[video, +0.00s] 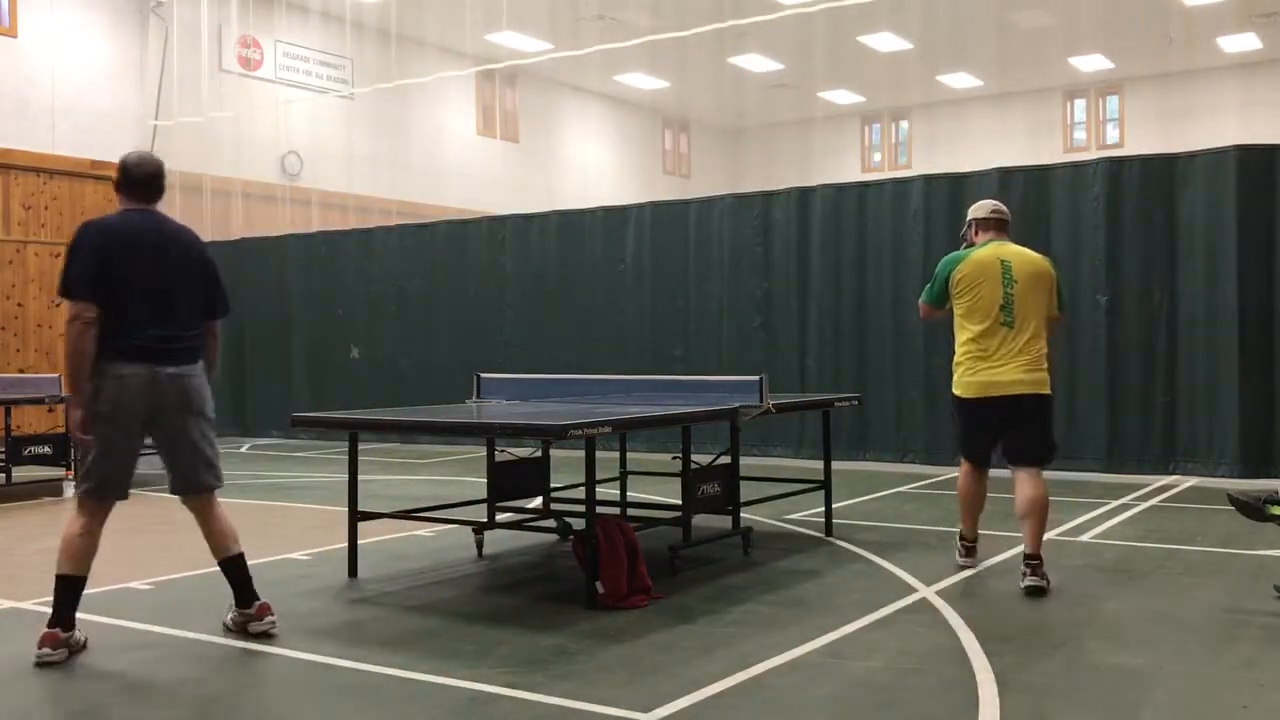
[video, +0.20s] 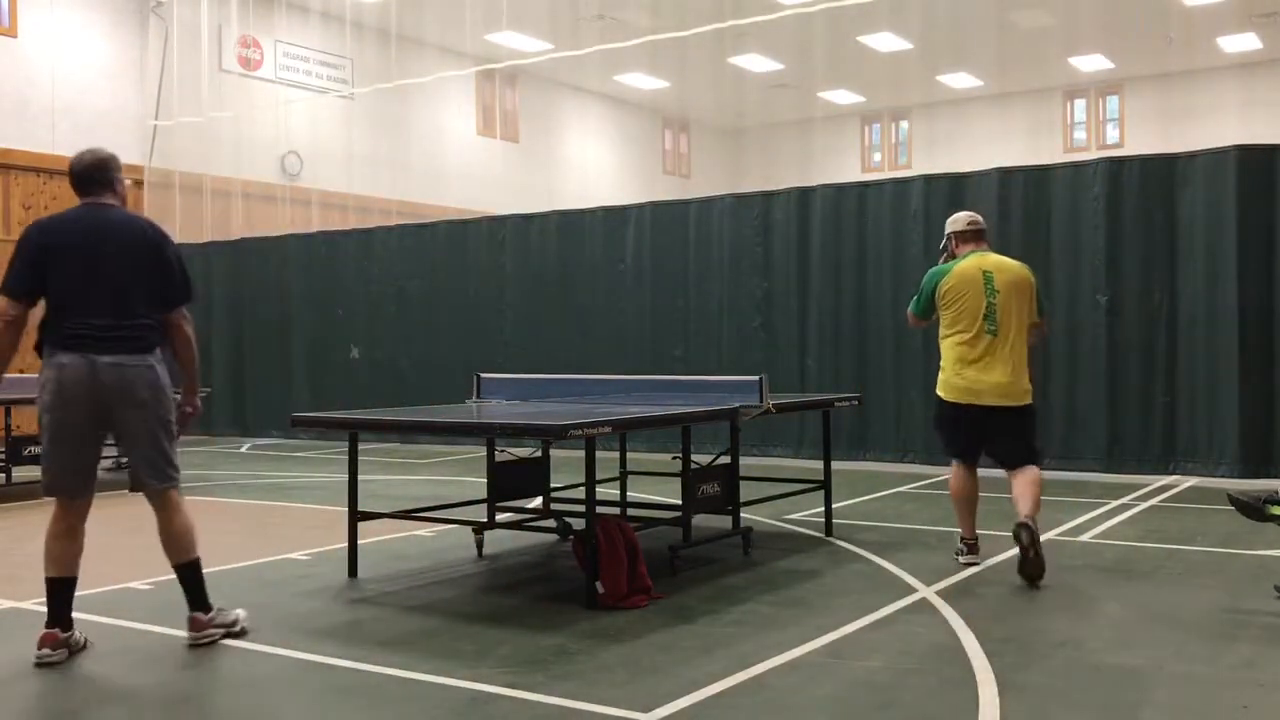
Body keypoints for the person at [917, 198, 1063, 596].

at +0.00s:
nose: (968, 237)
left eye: (968, 232)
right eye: (971, 232)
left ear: (974, 231)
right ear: (1007, 229)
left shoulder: (956, 263)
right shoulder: (1042, 265)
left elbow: (928, 310)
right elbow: (1053, 318)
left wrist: (959, 275)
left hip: (975, 388)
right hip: (1030, 388)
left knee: (973, 464)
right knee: (1029, 469)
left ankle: (968, 545)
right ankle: (1033, 562)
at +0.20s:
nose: (949, 249)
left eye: (948, 244)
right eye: (951, 244)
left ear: (953, 243)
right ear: (986, 239)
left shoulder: (942, 275)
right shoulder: (1022, 272)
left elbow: (916, 318)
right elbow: (1035, 329)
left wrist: (939, 273)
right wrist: (1001, 334)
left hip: (959, 392)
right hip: (1011, 393)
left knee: (963, 463)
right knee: (1023, 465)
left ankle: (969, 544)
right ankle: (1026, 523)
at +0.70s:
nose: (934, 258)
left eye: (934, 253)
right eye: (936, 253)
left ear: (938, 252)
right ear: (967, 248)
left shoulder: (934, 278)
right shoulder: (1004, 280)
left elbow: (889, 297)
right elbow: (1028, 328)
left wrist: (909, 263)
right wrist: (1046, 372)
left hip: (948, 387)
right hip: (992, 388)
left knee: (942, 451)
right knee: (987, 453)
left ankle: (964, 511)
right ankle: (987, 521)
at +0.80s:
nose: (932, 257)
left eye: (932, 252)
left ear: (935, 250)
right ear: (965, 247)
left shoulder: (933, 277)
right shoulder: (999, 280)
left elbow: (889, 293)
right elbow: (1018, 331)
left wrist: (906, 261)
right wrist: (1025, 373)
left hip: (945, 384)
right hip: (991, 385)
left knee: (929, 439)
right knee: (986, 449)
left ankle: (955, 493)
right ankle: (986, 521)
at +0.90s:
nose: (927, 253)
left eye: (926, 249)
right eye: (928, 249)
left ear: (931, 248)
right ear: (959, 245)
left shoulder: (929, 274)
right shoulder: (993, 277)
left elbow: (884, 291)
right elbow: (1001, 329)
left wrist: (903, 259)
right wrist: (999, 368)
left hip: (939, 380)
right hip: (985, 381)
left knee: (923, 434)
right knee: (982, 444)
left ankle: (945, 495)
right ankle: (985, 521)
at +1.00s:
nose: (920, 255)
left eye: (920, 250)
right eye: (921, 250)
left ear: (926, 250)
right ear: (952, 246)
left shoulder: (923, 276)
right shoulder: (984, 277)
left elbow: (877, 290)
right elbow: (990, 317)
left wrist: (895, 258)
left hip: (932, 380)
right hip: (977, 380)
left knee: (923, 440)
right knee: (978, 444)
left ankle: (927, 509)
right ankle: (984, 519)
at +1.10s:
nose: (910, 258)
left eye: (910, 254)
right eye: (911, 254)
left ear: (916, 254)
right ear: (942, 251)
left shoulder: (914, 280)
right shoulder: (973, 281)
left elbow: (866, 293)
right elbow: (977, 320)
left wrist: (883, 260)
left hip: (925, 383)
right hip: (968, 381)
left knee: (921, 444)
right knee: (971, 443)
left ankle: (913, 504)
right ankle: (983, 516)